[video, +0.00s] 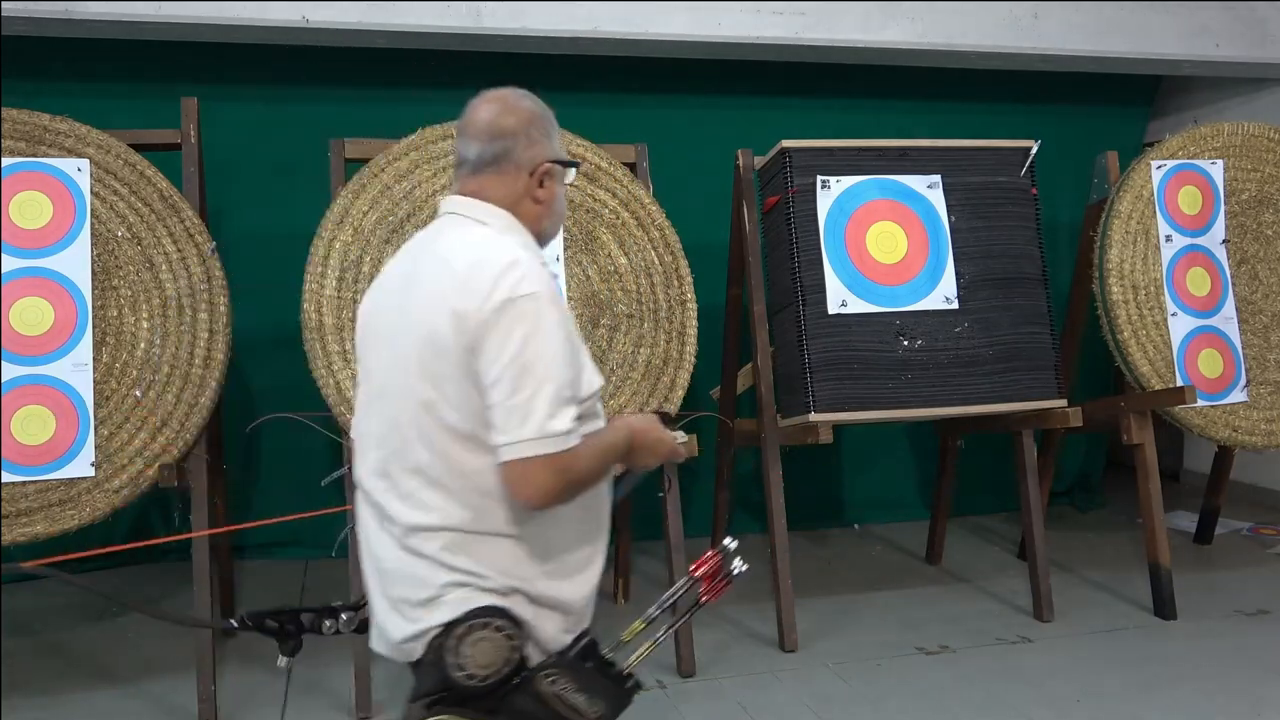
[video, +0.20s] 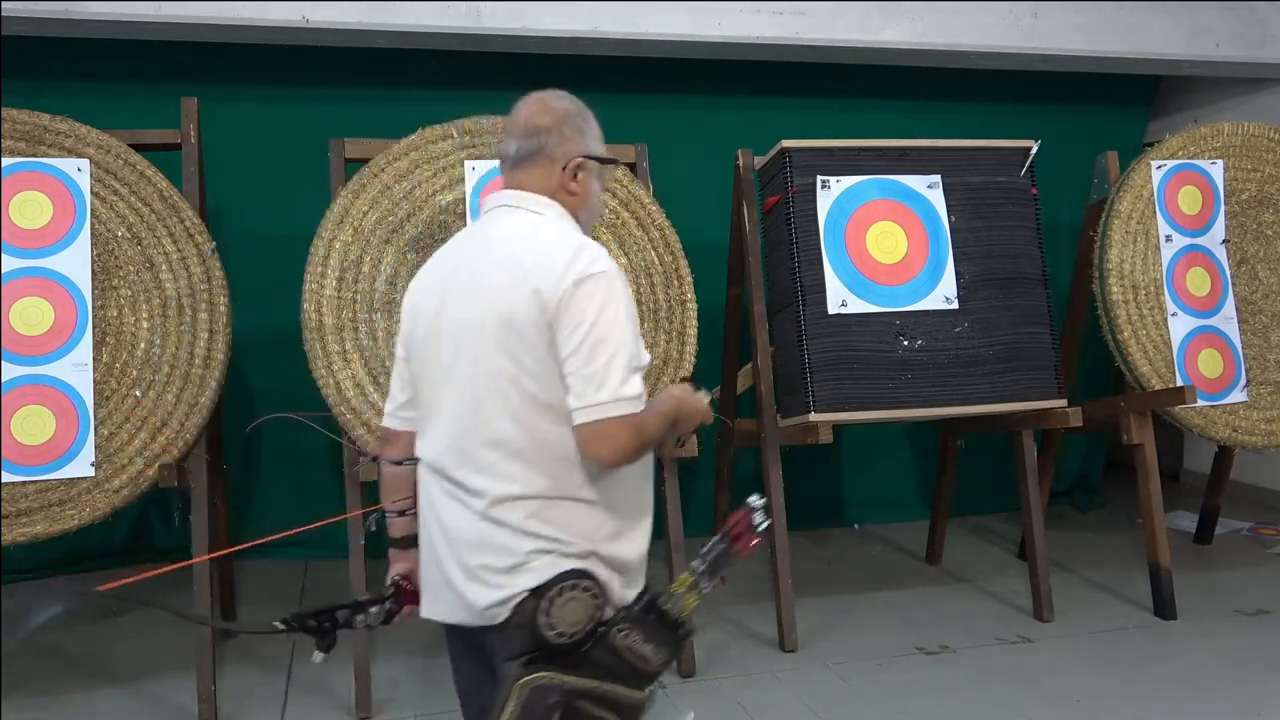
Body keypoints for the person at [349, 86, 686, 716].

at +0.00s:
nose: (563, 196)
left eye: (564, 178)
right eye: (563, 179)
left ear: (463, 173)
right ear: (540, 181)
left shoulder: (405, 267)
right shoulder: (511, 277)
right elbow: (536, 479)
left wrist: (602, 439)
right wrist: (625, 438)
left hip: (417, 608)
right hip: (497, 628)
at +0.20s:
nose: (602, 194)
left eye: (601, 176)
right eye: (600, 175)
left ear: (506, 171)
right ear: (572, 174)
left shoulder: (436, 270)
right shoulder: (577, 266)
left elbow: (400, 436)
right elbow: (609, 441)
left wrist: (403, 543)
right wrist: (672, 409)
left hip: (459, 582)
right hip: (556, 590)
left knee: (488, 711)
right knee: (557, 709)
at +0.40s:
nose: (648, 195)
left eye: (649, 177)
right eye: (645, 176)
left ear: (554, 170)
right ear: (605, 176)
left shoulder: (479, 269)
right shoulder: (614, 260)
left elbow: (449, 443)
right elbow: (637, 428)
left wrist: (484, 533)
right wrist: (699, 403)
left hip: (491, 565)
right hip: (591, 568)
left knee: (526, 709)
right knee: (613, 710)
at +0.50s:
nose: (666, 198)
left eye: (668, 181)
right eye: (666, 180)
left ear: (577, 170)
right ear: (633, 180)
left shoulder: (508, 260)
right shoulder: (632, 265)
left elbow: (477, 425)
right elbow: (649, 428)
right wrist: (714, 407)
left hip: (516, 554)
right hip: (614, 559)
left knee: (538, 710)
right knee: (670, 708)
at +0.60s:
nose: (688, 206)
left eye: (691, 190)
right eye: (690, 189)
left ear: (606, 177)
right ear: (667, 190)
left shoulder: (546, 260)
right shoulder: (654, 267)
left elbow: (533, 409)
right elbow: (664, 429)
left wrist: (688, 398)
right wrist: (733, 415)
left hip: (546, 550)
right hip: (639, 555)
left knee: (552, 705)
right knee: (704, 705)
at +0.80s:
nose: (754, 224)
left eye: (756, 210)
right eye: (755, 211)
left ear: (677, 193)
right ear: (741, 211)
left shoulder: (610, 276)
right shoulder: (715, 288)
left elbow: (606, 424)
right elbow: (715, 444)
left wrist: (749, 408)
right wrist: (789, 430)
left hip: (610, 560)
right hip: (708, 567)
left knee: (593, 705)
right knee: (766, 707)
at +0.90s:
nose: (792, 229)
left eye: (793, 216)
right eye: (794, 217)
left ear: (715, 197)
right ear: (782, 218)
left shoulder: (656, 273)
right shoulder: (754, 297)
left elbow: (653, 411)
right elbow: (754, 451)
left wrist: (782, 411)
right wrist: (823, 432)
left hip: (653, 533)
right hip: (745, 545)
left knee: (634, 693)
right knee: (791, 701)